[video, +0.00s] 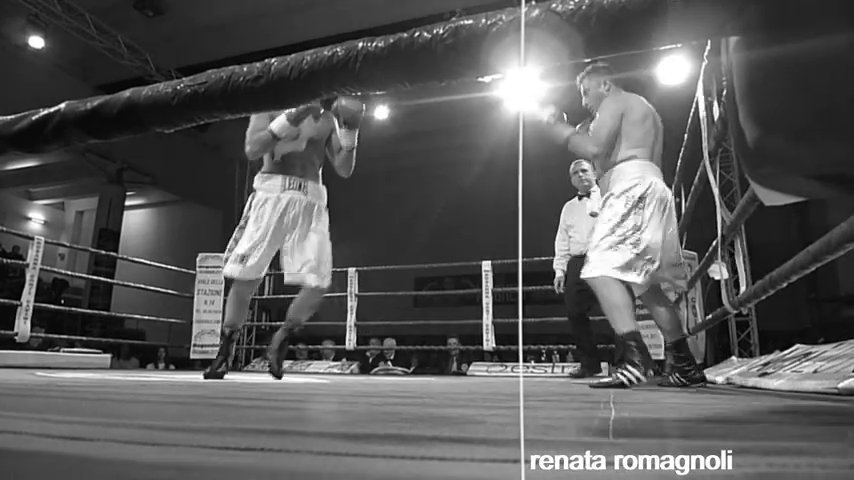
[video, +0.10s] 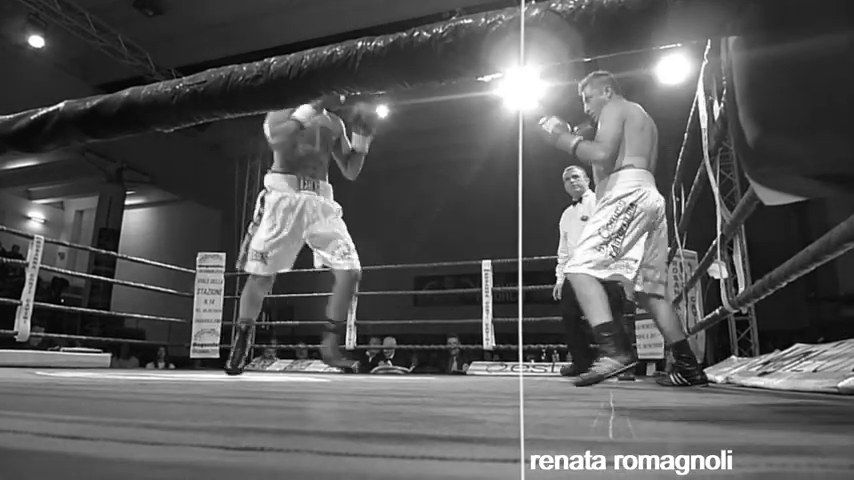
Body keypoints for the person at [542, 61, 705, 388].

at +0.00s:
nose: (584, 100)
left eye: (586, 92)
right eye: (581, 94)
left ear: (604, 84)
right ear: (609, 86)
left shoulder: (615, 101)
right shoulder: (649, 112)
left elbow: (595, 146)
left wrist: (559, 129)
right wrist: (583, 135)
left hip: (632, 189)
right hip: (658, 191)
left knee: (599, 270)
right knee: (648, 283)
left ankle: (634, 360)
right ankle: (683, 363)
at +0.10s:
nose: (585, 106)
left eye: (588, 98)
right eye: (583, 100)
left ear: (606, 91)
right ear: (611, 93)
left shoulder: (614, 108)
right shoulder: (645, 119)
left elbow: (603, 152)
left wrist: (565, 139)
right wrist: (575, 136)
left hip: (626, 196)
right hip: (652, 199)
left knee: (580, 271)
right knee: (651, 289)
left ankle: (613, 353)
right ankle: (687, 365)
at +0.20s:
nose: (579, 106)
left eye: (581, 98)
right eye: (577, 101)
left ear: (600, 91)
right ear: (602, 92)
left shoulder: (610, 105)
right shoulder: (627, 114)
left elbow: (600, 141)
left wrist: (564, 126)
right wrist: (568, 124)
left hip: (619, 196)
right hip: (641, 198)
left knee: (576, 271)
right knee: (648, 283)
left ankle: (580, 361)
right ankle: (686, 363)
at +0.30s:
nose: (559, 124)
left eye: (561, 116)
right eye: (556, 119)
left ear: (578, 109)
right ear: (571, 113)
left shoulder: (606, 124)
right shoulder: (589, 140)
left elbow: (582, 161)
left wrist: (554, 136)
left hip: (614, 215)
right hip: (626, 216)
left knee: (567, 281)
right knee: (629, 298)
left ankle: (562, 365)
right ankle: (681, 360)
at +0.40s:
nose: (550, 149)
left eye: (551, 140)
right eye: (548, 142)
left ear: (567, 132)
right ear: (570, 134)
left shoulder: (591, 149)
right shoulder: (598, 150)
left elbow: (568, 195)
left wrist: (547, 174)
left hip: (614, 231)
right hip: (632, 232)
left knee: (553, 285)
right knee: (611, 310)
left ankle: (559, 368)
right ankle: (677, 354)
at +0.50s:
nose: (547, 162)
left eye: (549, 154)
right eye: (546, 156)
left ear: (565, 150)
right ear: (568, 151)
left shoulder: (584, 167)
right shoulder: (592, 168)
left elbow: (575, 218)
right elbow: (534, 186)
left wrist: (538, 203)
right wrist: (491, 167)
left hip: (617, 240)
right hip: (639, 243)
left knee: (549, 289)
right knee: (613, 311)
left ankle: (559, 370)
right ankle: (676, 357)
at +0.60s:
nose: (557, 166)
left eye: (561, 159)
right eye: (555, 161)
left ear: (579, 155)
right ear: (578, 159)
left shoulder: (598, 172)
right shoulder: (583, 190)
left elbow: (601, 213)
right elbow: (565, 227)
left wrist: (568, 211)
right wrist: (548, 208)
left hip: (623, 241)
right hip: (637, 246)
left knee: (558, 288)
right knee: (624, 322)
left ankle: (560, 368)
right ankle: (687, 365)